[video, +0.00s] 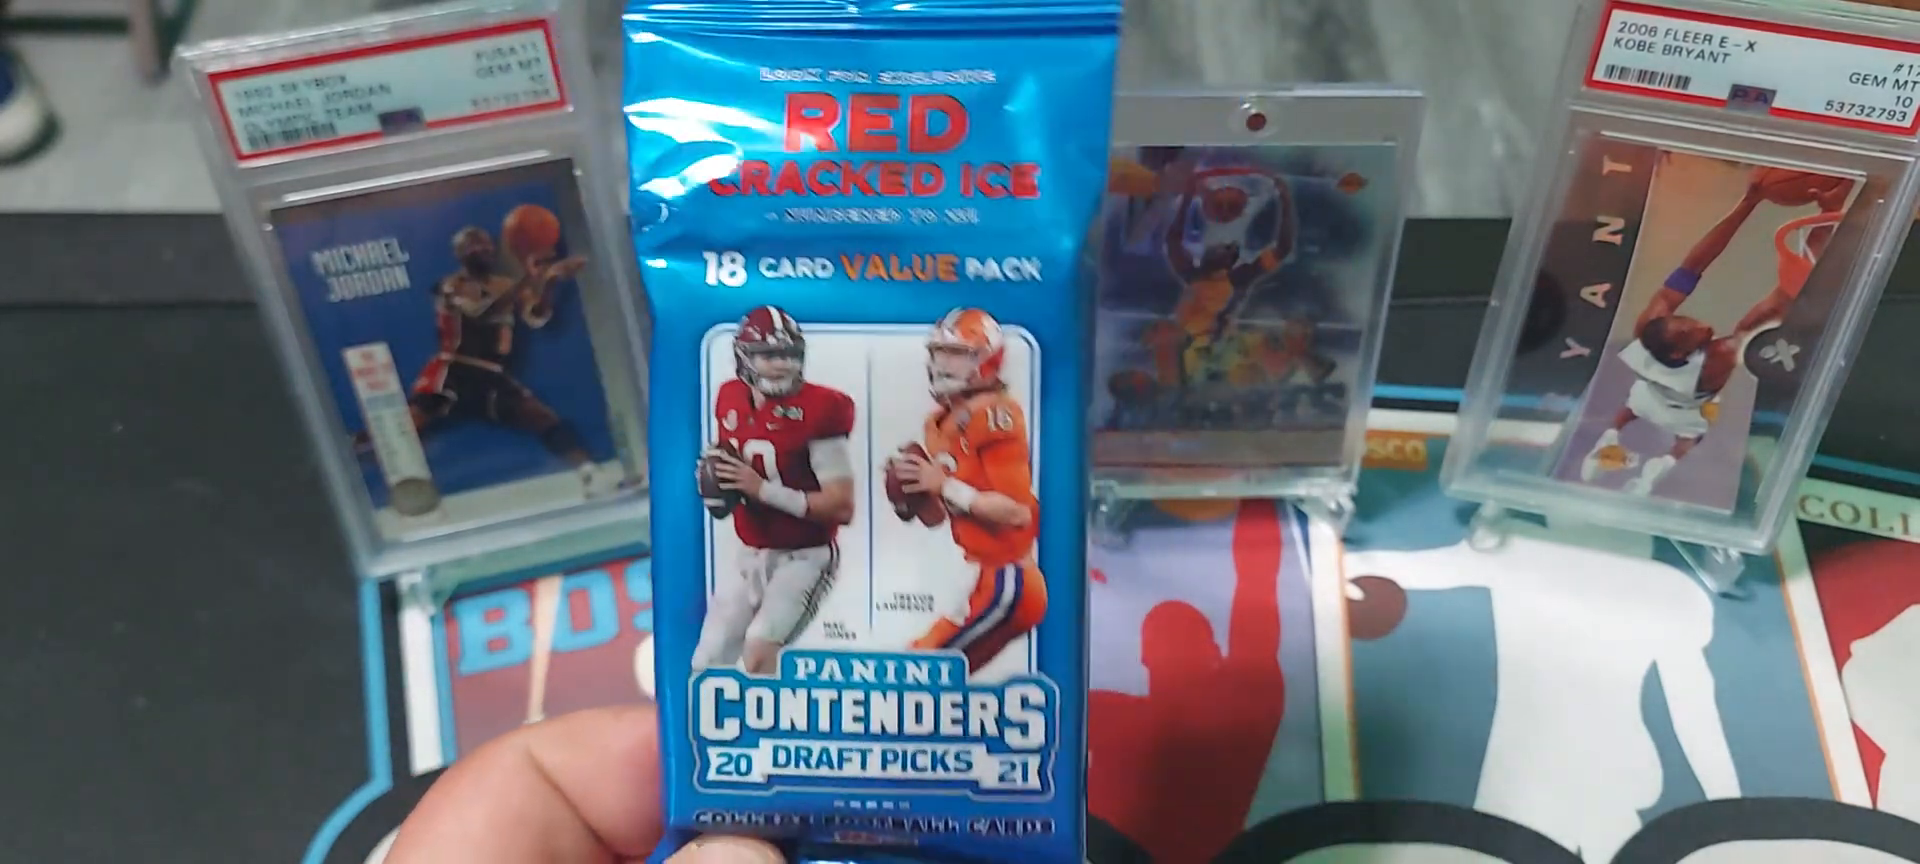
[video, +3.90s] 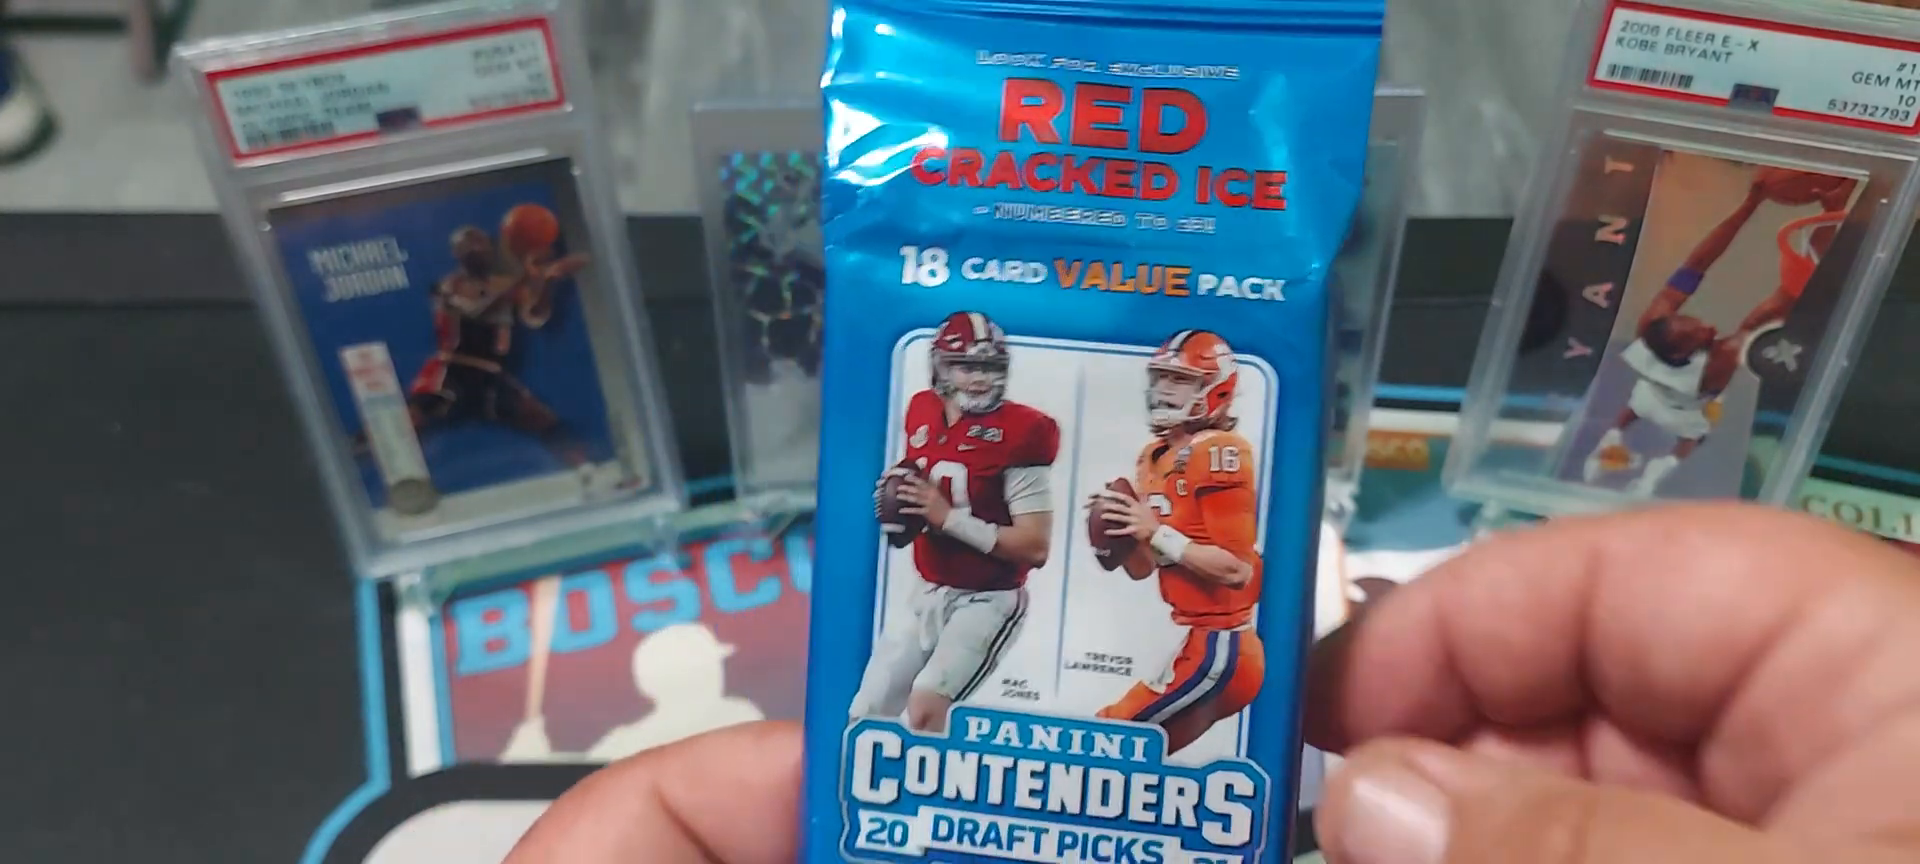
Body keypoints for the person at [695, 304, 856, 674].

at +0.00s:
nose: (779, 364)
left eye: (788, 354)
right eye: (768, 355)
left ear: (800, 356)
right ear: (745, 358)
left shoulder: (822, 408)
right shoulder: (731, 397)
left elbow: (842, 507)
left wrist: (761, 488)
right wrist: (712, 477)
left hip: (805, 558)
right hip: (749, 557)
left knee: (759, 650)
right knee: (706, 662)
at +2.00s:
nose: (787, 346)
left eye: (795, 335)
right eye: (775, 336)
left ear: (808, 336)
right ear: (750, 339)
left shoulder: (837, 390)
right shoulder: (736, 382)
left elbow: (864, 499)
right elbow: (739, 457)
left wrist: (776, 481)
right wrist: (722, 467)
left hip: (828, 555)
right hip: (766, 557)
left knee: (780, 669)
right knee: (726, 678)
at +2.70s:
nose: (805, 368)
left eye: (813, 357)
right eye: (791, 358)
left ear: (825, 358)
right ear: (767, 363)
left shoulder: (852, 413)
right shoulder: (754, 406)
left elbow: (877, 522)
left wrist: (791, 505)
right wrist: (739, 495)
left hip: (841, 577)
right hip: (780, 580)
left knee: (793, 691)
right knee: (738, 703)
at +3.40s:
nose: (852, 384)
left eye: (861, 372)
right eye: (838, 373)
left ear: (875, 375)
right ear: (813, 377)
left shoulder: (902, 432)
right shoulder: (802, 420)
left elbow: (925, 546)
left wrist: (836, 524)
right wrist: (783, 514)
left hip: (887, 602)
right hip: (826, 602)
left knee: (836, 715)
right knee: (779, 726)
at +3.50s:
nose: (904, 412)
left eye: (914, 400)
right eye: (890, 400)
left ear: (928, 402)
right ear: (865, 403)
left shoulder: (956, 461)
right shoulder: (852, 447)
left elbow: (975, 577)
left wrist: (885, 553)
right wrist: (832, 543)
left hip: (935, 635)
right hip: (871, 632)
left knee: (881, 748)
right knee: (823, 757)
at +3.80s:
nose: (959, 402)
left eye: (968, 391)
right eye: (946, 391)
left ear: (982, 394)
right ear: (919, 393)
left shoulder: (1004, 453)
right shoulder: (901, 436)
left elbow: (1021, 570)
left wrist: (932, 544)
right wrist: (877, 527)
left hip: (977, 626)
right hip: (910, 621)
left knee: (916, 738)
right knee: (858, 743)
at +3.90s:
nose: (979, 379)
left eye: (990, 367)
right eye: (967, 367)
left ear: (1004, 371)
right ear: (941, 369)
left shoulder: (1025, 429)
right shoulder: (923, 409)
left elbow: (1035, 547)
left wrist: (947, 517)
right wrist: (895, 494)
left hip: (991, 600)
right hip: (927, 594)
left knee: (926, 707)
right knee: (867, 712)